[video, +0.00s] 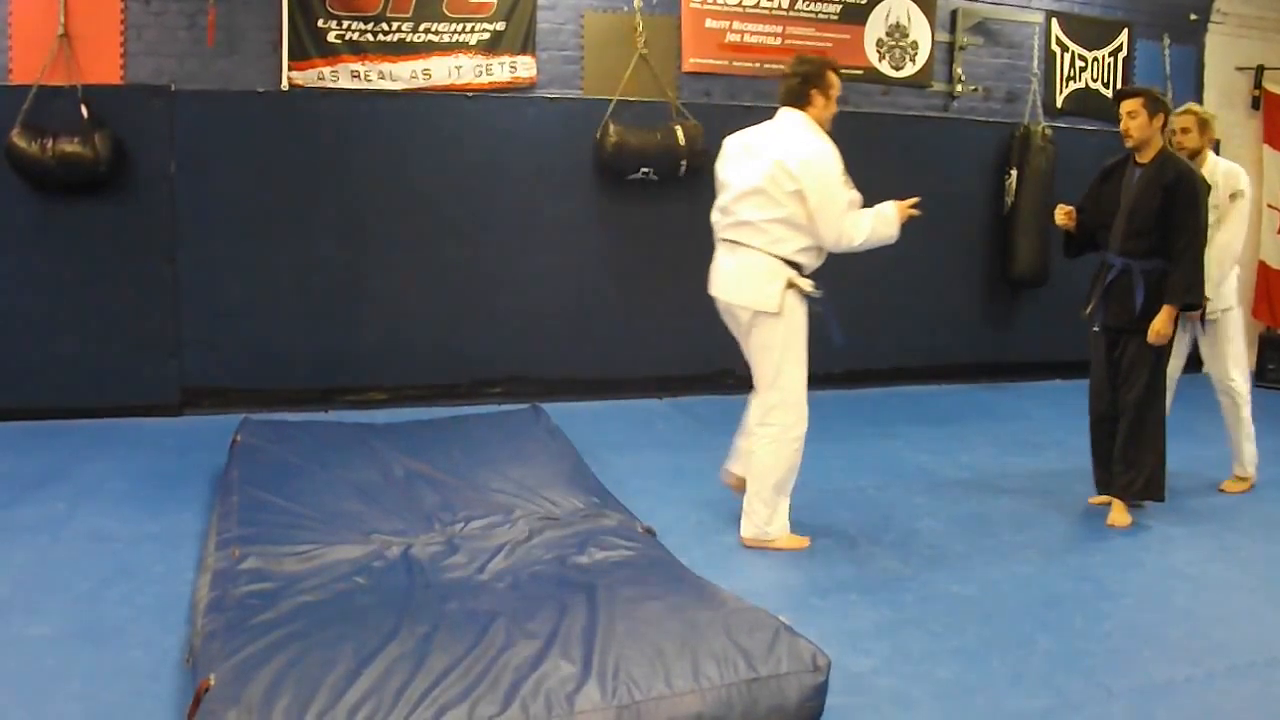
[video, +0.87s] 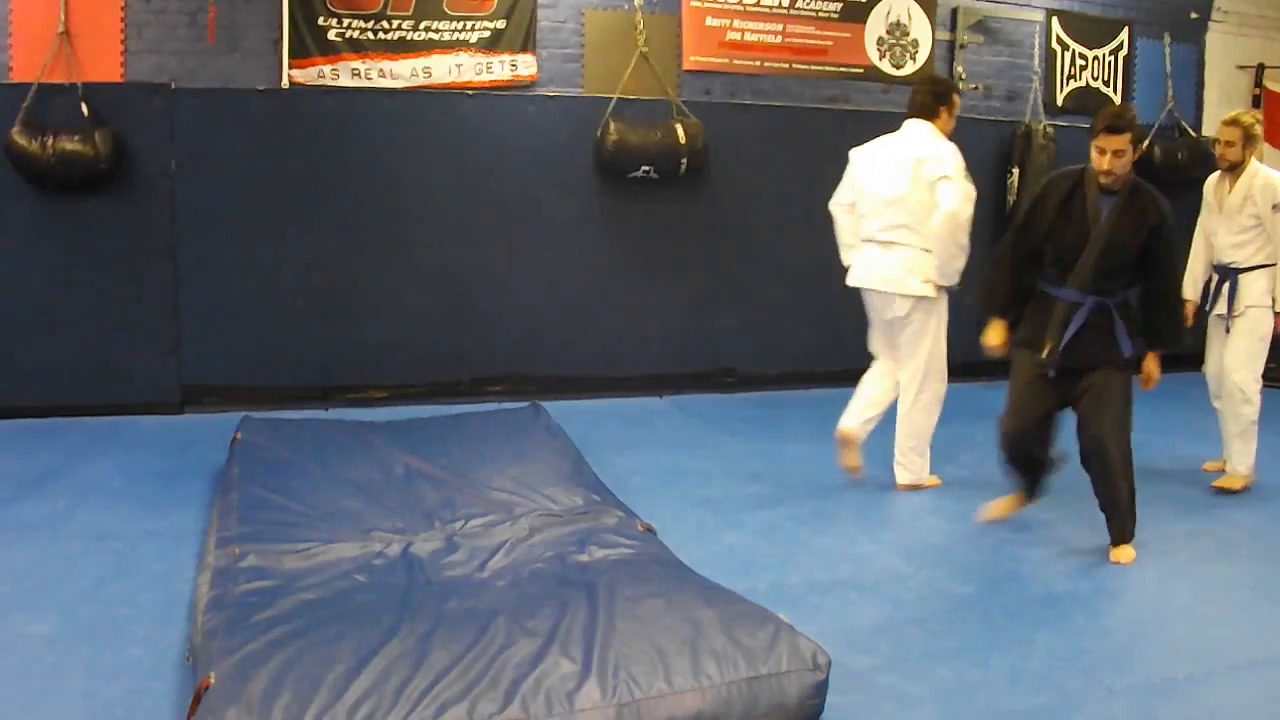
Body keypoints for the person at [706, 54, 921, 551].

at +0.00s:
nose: (835, 109)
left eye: (835, 99)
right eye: (832, 98)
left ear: (793, 95)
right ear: (814, 96)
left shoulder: (738, 141)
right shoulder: (813, 149)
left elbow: (739, 210)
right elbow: (839, 231)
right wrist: (891, 216)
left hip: (726, 278)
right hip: (771, 288)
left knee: (773, 384)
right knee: (786, 409)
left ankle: (743, 466)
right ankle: (763, 527)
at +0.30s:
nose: (871, 115)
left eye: (870, 107)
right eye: (867, 106)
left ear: (828, 107)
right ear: (846, 105)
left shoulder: (784, 153)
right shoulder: (849, 150)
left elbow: (784, 219)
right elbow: (875, 222)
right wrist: (912, 193)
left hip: (779, 277)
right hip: (817, 283)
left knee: (805, 388)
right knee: (837, 396)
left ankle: (810, 480)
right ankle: (781, 493)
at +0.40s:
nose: (879, 115)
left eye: (879, 106)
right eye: (877, 106)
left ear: (837, 105)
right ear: (860, 104)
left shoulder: (796, 150)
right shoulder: (861, 147)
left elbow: (799, 210)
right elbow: (890, 214)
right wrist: (929, 224)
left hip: (789, 268)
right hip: (830, 275)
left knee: (808, 379)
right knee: (866, 380)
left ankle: (801, 477)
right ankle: (821, 478)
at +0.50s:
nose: (894, 109)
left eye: (892, 101)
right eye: (891, 101)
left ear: (849, 102)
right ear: (878, 101)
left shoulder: (810, 148)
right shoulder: (884, 152)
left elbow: (806, 209)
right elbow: (903, 214)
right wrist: (918, 265)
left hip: (804, 264)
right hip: (850, 273)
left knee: (814, 374)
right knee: (879, 376)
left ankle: (804, 480)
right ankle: (861, 480)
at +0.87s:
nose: (955, 121)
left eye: (954, 112)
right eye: (954, 113)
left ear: (914, 108)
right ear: (943, 111)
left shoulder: (868, 151)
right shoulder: (944, 154)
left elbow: (841, 205)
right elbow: (953, 213)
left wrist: (855, 257)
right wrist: (947, 272)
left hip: (870, 268)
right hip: (916, 272)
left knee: (887, 359)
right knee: (924, 373)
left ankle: (852, 425)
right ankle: (912, 471)